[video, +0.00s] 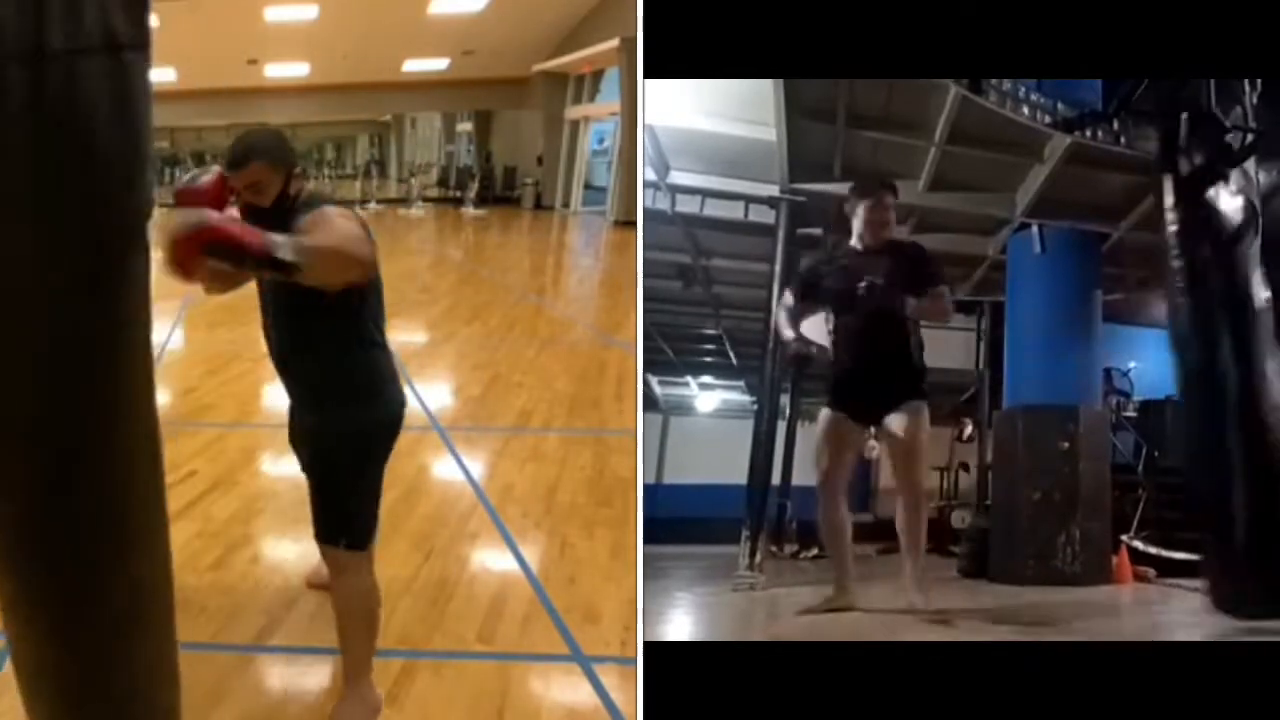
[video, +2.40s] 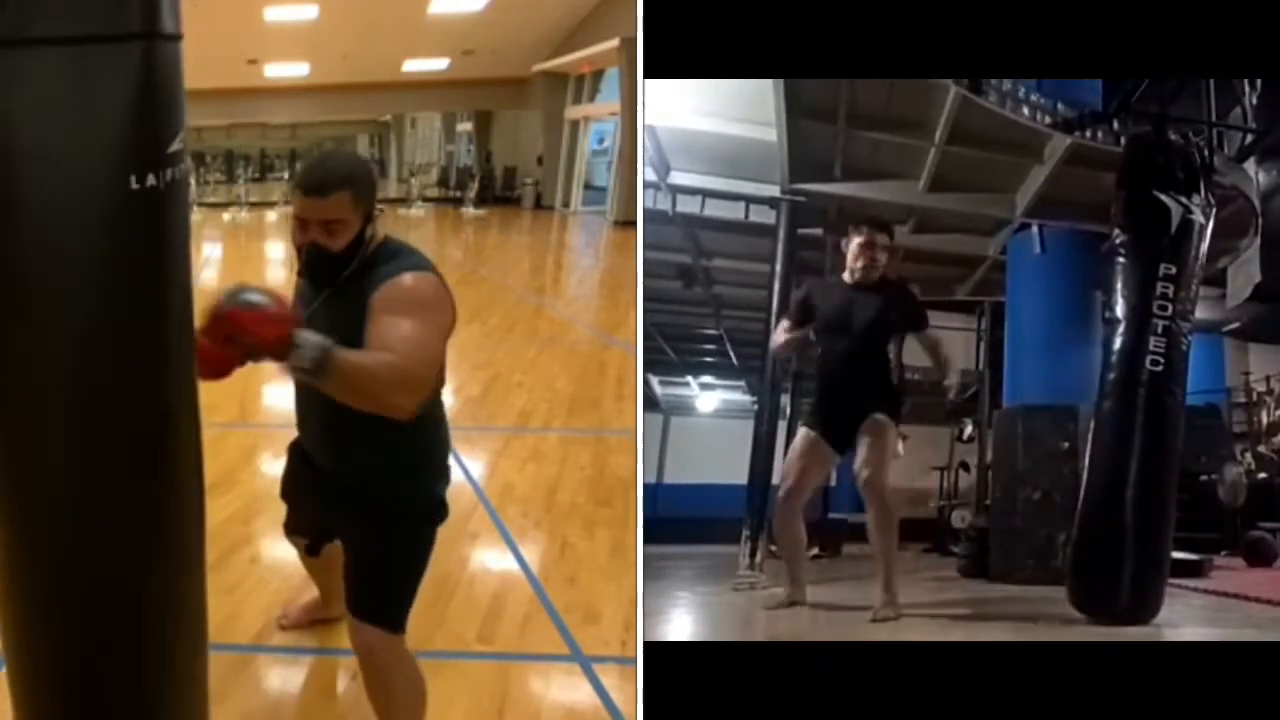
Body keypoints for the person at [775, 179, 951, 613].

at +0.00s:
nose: (883, 215)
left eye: (887, 207)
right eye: (874, 207)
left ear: (895, 213)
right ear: (853, 212)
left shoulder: (911, 256)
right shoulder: (830, 263)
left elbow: (943, 309)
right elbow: (786, 308)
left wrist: (906, 304)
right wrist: (792, 337)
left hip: (901, 380)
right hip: (848, 381)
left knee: (910, 480)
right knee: (829, 480)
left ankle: (914, 587)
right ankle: (842, 588)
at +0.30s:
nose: (904, 240)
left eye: (909, 234)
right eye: (898, 230)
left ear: (908, 240)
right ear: (874, 230)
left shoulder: (897, 280)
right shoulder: (832, 266)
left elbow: (903, 339)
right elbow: (787, 309)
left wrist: (910, 322)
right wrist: (822, 322)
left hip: (882, 388)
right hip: (836, 387)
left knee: (884, 482)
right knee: (832, 482)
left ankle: (865, 560)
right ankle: (843, 587)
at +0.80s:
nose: (894, 261)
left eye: (900, 256)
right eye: (889, 253)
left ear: (902, 263)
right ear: (867, 253)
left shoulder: (894, 302)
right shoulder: (837, 287)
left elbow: (914, 354)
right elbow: (799, 324)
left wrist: (919, 330)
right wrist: (849, 314)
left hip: (870, 405)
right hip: (830, 399)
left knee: (852, 492)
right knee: (817, 486)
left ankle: (828, 575)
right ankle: (790, 573)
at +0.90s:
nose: (890, 264)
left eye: (895, 258)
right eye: (884, 255)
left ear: (898, 266)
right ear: (864, 256)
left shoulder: (889, 304)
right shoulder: (837, 289)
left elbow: (881, 349)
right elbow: (811, 324)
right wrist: (864, 311)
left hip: (871, 405)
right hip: (829, 401)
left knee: (881, 491)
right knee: (805, 489)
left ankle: (842, 561)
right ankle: (787, 574)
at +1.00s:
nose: (889, 264)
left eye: (894, 260)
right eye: (884, 256)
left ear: (896, 268)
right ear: (863, 257)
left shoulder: (889, 306)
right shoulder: (833, 289)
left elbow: (881, 343)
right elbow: (812, 327)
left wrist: (908, 361)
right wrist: (864, 318)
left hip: (867, 406)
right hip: (825, 402)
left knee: (897, 459)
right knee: (799, 483)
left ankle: (865, 546)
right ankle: (788, 576)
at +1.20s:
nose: (901, 268)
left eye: (906, 263)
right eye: (896, 260)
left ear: (907, 270)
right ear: (875, 258)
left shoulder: (901, 304)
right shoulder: (843, 291)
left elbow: (908, 338)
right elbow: (806, 331)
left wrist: (922, 358)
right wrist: (856, 334)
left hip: (879, 400)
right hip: (836, 398)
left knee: (908, 477)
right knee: (805, 485)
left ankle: (921, 573)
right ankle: (787, 578)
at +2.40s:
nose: (869, 253)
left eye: (876, 248)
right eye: (863, 246)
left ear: (886, 256)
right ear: (846, 251)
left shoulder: (896, 295)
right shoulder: (817, 293)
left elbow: (932, 346)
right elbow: (777, 344)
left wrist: (945, 372)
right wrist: (792, 337)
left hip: (875, 404)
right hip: (827, 405)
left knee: (870, 480)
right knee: (787, 495)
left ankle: (888, 596)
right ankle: (795, 591)